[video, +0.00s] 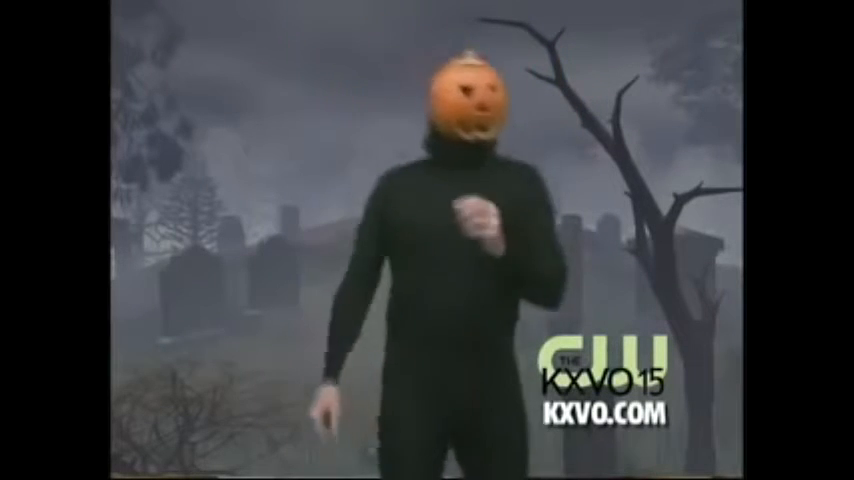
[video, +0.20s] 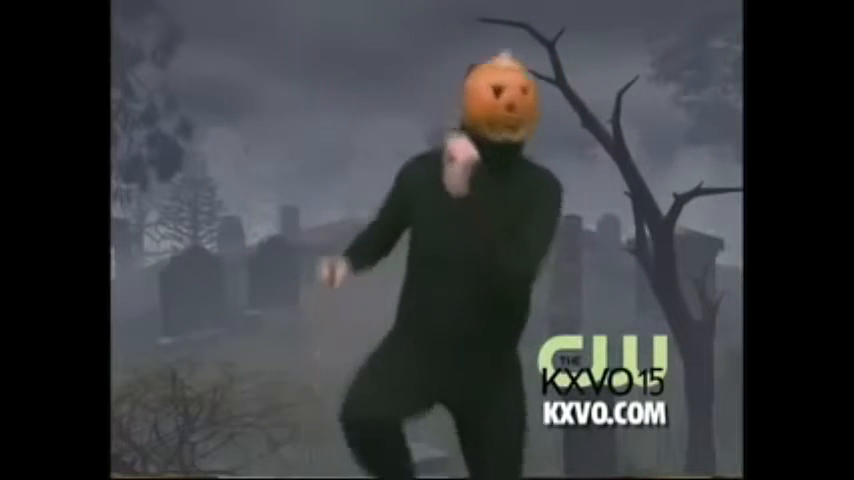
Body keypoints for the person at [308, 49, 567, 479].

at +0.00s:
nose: (480, 97)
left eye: (491, 88)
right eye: (464, 87)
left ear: (504, 106)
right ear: (435, 103)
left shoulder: (520, 184)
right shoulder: (397, 187)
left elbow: (551, 291)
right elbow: (359, 283)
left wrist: (503, 247)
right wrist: (330, 377)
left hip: (490, 385)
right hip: (412, 386)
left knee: (504, 472)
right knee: (405, 472)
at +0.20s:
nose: (509, 94)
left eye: (522, 88)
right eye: (494, 84)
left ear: (532, 112)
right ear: (468, 102)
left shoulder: (539, 187)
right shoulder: (423, 172)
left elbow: (518, 270)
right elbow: (385, 229)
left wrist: (467, 193)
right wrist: (350, 260)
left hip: (488, 360)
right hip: (416, 348)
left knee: (498, 471)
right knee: (364, 416)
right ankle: (399, 473)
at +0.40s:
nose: (536, 88)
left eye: (548, 82)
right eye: (522, 78)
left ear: (557, 102)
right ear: (494, 89)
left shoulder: (550, 167)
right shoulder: (453, 154)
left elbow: (496, 204)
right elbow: (403, 231)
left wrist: (406, 179)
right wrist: (346, 247)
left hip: (479, 342)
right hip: (410, 317)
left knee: (479, 471)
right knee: (315, 341)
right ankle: (364, 469)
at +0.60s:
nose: (542, 100)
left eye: (553, 94)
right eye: (528, 87)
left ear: (557, 119)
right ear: (491, 97)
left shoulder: (545, 191)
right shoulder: (443, 159)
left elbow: (499, 231)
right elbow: (401, 229)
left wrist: (423, 176)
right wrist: (357, 260)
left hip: (475, 353)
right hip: (405, 331)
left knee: (480, 471)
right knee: (312, 366)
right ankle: (326, 474)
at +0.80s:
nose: (494, 68)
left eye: (503, 60)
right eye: (482, 55)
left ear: (510, 87)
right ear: (451, 78)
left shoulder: (516, 157)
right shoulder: (396, 138)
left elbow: (512, 263)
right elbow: (348, 171)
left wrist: (460, 210)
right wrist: (361, 233)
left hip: (459, 322)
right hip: (388, 319)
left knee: (461, 463)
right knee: (374, 460)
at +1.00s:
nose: (419, 93)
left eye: (425, 85)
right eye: (402, 87)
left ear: (438, 98)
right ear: (368, 105)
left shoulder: (453, 170)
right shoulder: (343, 186)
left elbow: (484, 271)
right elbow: (302, 301)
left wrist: (516, 360)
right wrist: (370, 366)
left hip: (458, 359)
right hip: (384, 363)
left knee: (490, 469)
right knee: (387, 473)